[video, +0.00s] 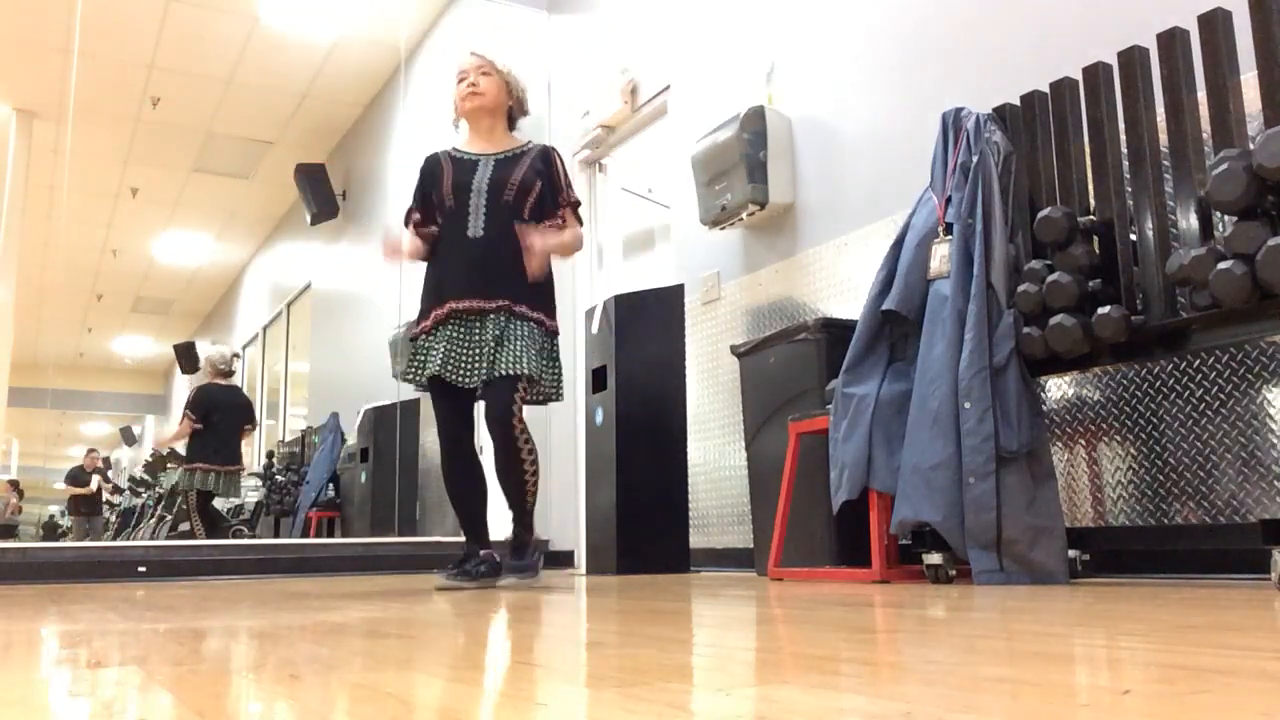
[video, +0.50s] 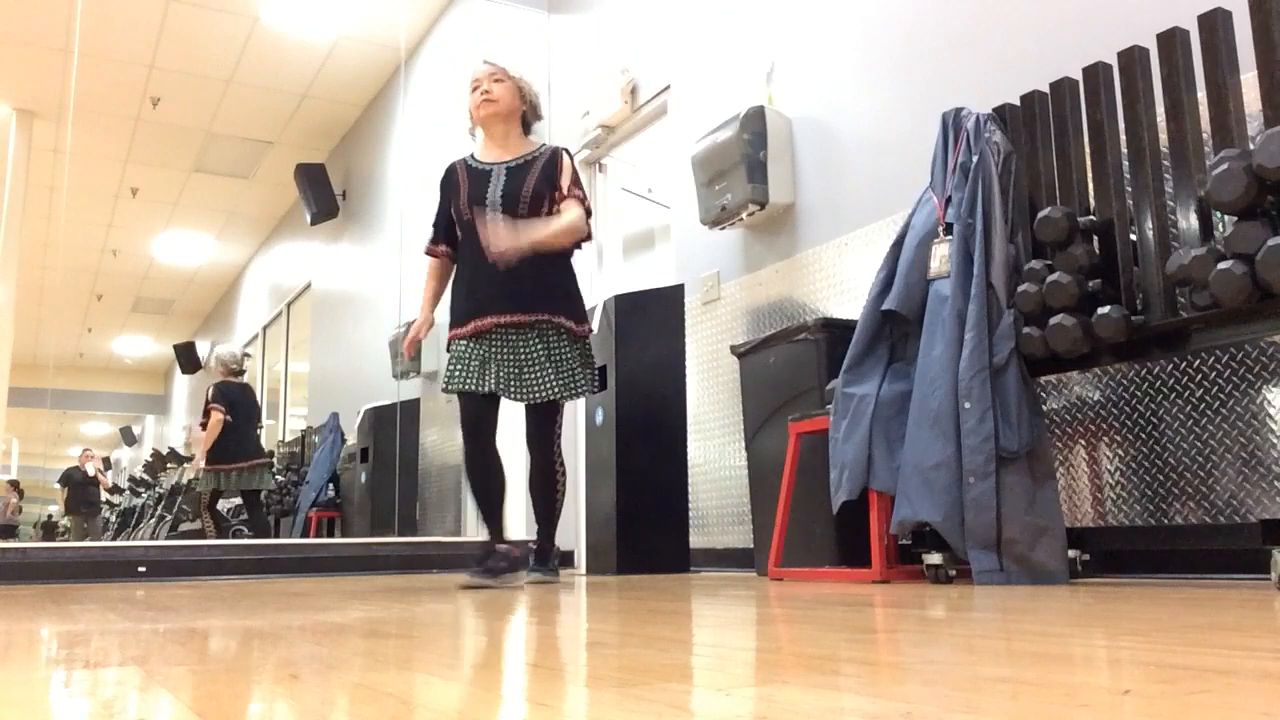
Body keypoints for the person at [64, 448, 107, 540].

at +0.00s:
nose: (95, 461)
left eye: (97, 459)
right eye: (92, 458)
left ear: (99, 460)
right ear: (85, 458)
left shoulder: (100, 472)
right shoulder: (74, 471)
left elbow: (110, 488)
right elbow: (66, 489)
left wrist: (101, 483)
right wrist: (84, 490)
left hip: (95, 512)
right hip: (78, 512)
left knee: (97, 539)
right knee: (78, 540)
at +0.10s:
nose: (93, 460)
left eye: (95, 458)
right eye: (90, 457)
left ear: (97, 459)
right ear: (83, 458)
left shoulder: (99, 471)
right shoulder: (73, 471)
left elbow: (109, 488)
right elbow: (65, 488)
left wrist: (100, 478)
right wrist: (81, 488)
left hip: (95, 512)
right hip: (78, 512)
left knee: (97, 540)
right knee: (78, 540)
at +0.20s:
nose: (92, 460)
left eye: (94, 458)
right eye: (89, 457)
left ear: (96, 459)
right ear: (82, 457)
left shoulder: (98, 471)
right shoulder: (73, 471)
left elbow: (109, 486)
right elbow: (61, 487)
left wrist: (100, 473)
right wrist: (76, 491)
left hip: (95, 512)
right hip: (78, 513)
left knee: (97, 541)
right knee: (78, 541)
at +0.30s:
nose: (90, 459)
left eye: (93, 457)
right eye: (88, 456)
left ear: (96, 459)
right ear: (81, 458)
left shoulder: (97, 471)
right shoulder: (72, 471)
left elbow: (108, 486)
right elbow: (59, 486)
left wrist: (98, 472)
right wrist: (68, 498)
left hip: (95, 511)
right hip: (78, 511)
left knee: (97, 541)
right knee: (77, 541)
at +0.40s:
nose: (90, 459)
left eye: (92, 457)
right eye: (87, 456)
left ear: (95, 459)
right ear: (81, 458)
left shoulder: (97, 471)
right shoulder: (71, 471)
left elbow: (108, 486)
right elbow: (60, 487)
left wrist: (98, 471)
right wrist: (65, 503)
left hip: (94, 512)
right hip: (77, 512)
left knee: (97, 540)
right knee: (77, 541)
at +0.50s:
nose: (89, 459)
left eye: (92, 457)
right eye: (86, 456)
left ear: (94, 459)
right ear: (80, 458)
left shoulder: (97, 471)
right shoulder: (71, 471)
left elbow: (107, 485)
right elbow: (61, 488)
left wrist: (96, 471)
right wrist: (61, 506)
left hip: (94, 511)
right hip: (76, 512)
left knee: (96, 540)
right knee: (77, 541)